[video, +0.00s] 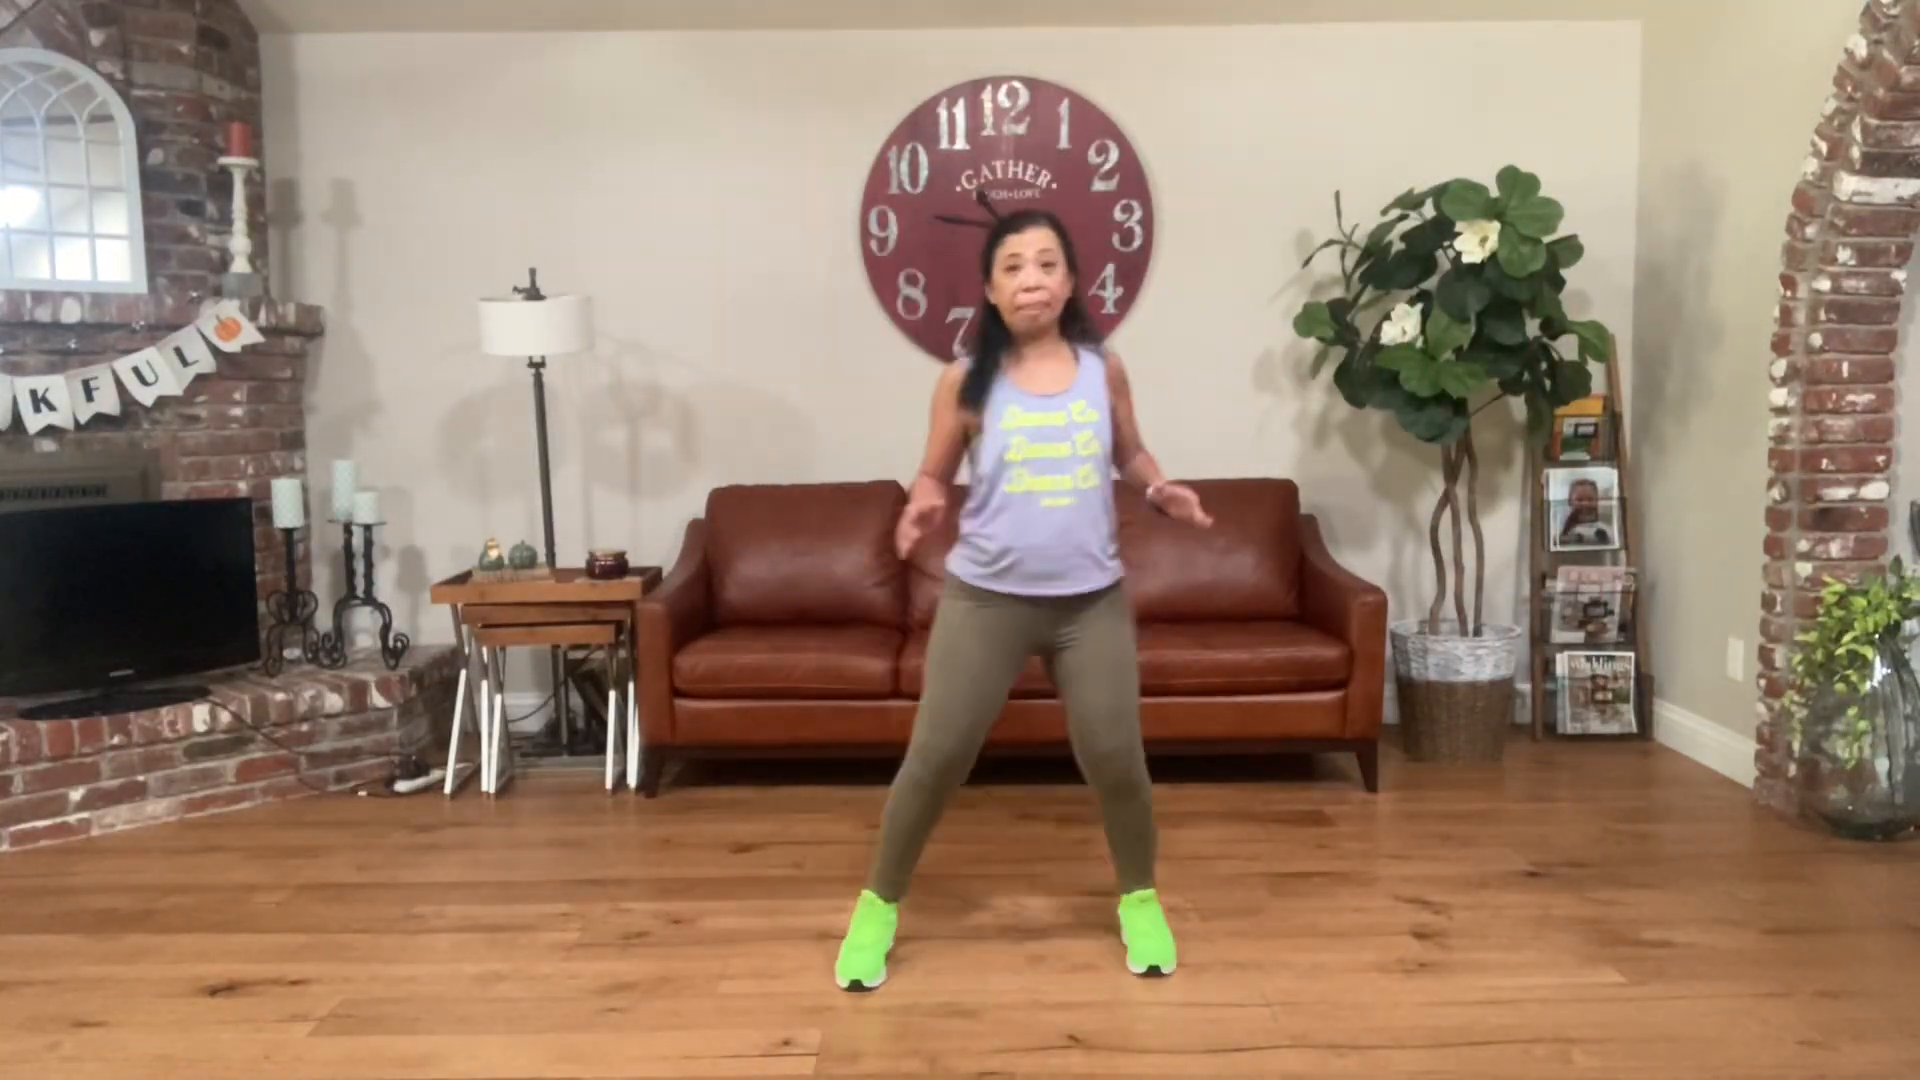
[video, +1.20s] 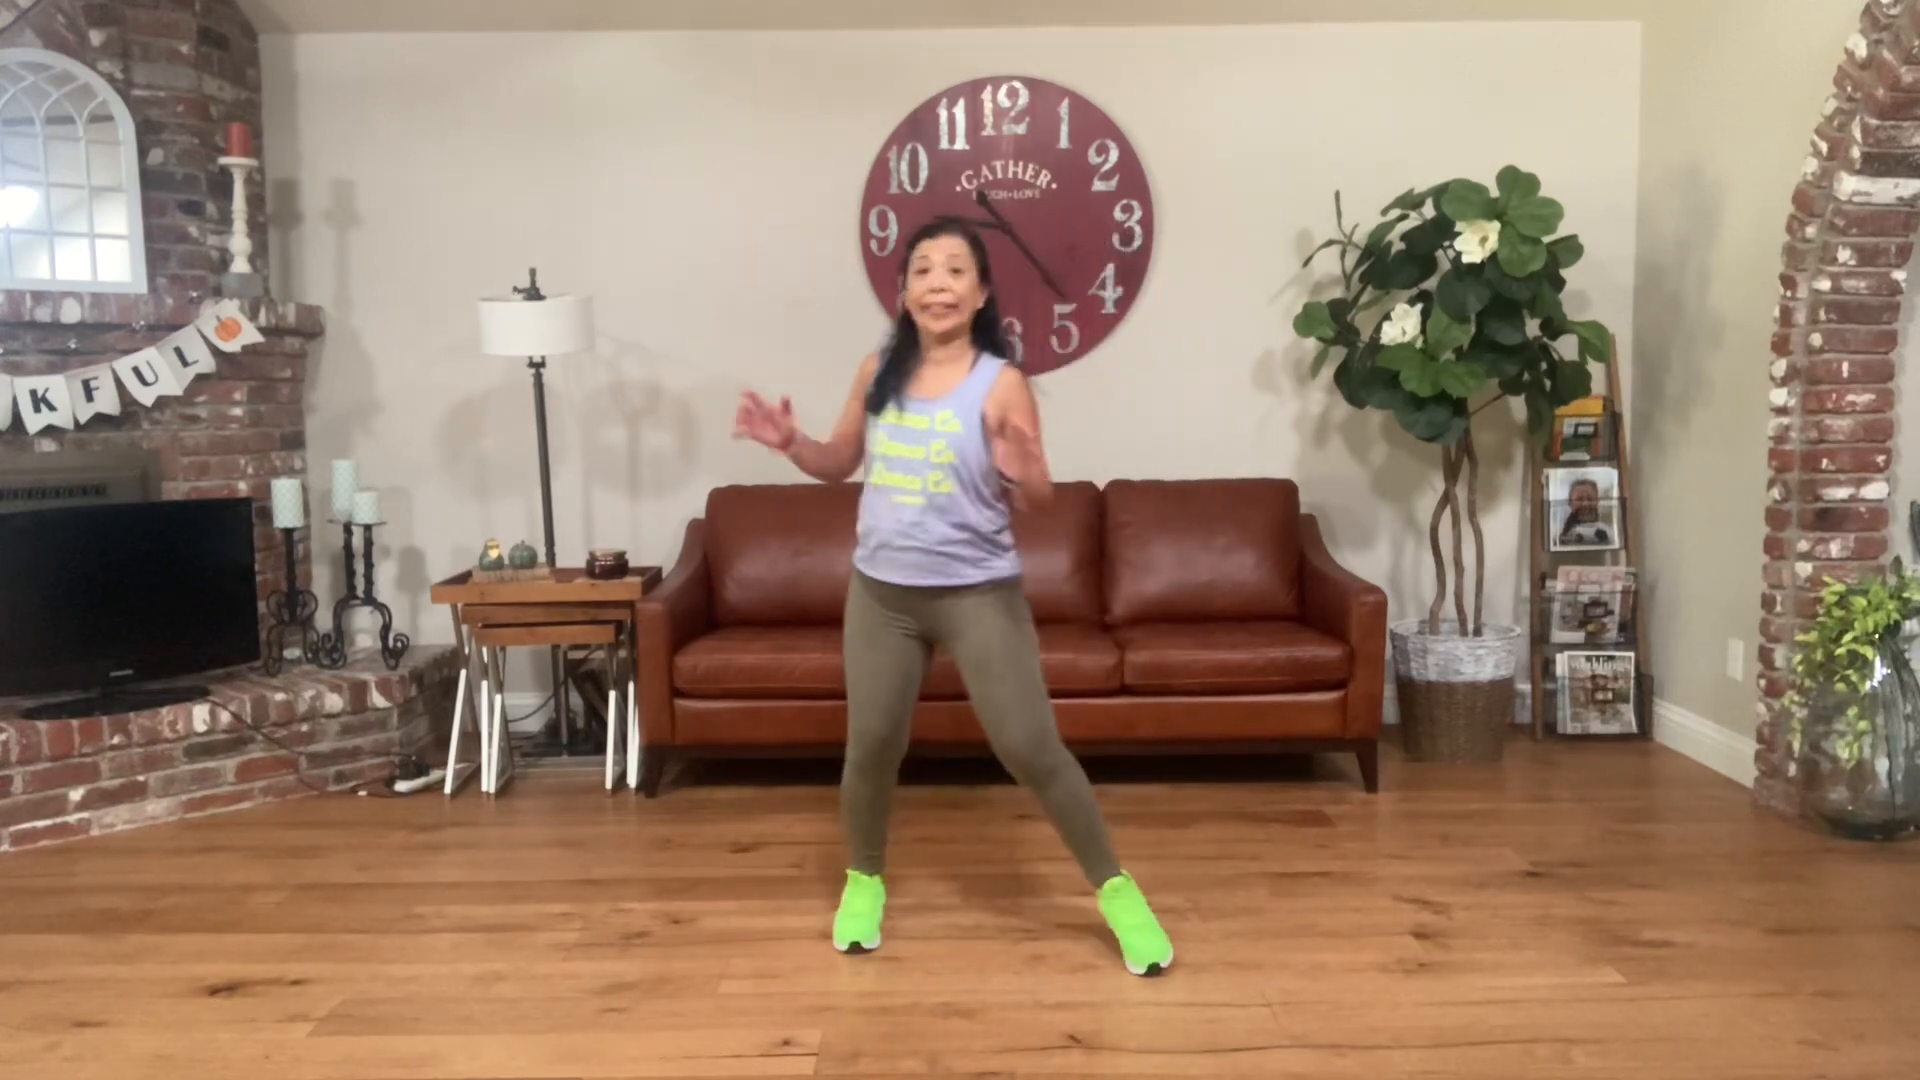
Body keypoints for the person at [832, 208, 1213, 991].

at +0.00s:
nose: (1032, 279)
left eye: (1047, 264)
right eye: (1013, 267)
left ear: (1071, 281)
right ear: (990, 289)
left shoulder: (1103, 370)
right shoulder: (965, 379)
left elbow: (1131, 454)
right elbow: (933, 476)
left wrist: (1157, 486)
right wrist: (924, 509)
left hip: (1092, 599)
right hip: (987, 597)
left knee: (1114, 755)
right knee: (938, 753)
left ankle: (1140, 900)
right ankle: (878, 908)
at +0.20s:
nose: (1073, 288)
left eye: (1089, 272)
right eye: (1055, 276)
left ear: (1116, 289)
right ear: (1037, 299)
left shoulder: (1155, 375)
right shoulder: (1016, 386)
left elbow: (1200, 487)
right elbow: (990, 514)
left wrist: (1195, 452)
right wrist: (1003, 461)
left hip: (1141, 593)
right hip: (1036, 591)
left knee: (1143, 754)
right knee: (989, 740)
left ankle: (1143, 898)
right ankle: (956, 878)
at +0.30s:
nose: (1076, 289)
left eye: (1092, 273)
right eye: (1061, 278)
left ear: (1123, 287)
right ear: (1045, 296)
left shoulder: (1165, 377)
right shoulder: (1023, 381)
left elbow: (1196, 491)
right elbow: (1014, 497)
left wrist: (1175, 431)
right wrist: (1041, 437)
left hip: (1151, 591)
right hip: (1047, 592)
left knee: (1153, 749)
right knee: (1034, 741)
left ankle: (1144, 896)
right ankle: (1028, 867)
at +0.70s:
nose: (1031, 319)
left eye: (1047, 302)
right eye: (1025, 304)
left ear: (1096, 305)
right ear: (1023, 308)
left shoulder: (1156, 389)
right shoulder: (1022, 383)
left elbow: (1207, 486)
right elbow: (985, 477)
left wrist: (1182, 512)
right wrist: (957, 499)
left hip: (1139, 591)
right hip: (1040, 590)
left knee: (1138, 748)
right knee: (992, 722)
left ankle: (1143, 898)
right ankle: (1031, 858)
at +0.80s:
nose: (1013, 303)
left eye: (1029, 286)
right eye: (1007, 288)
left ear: (1078, 293)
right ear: (1005, 296)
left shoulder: (1136, 384)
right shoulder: (1007, 377)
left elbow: (1196, 468)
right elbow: (984, 461)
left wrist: (1185, 509)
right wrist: (934, 495)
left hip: (1121, 586)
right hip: (1021, 583)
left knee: (1124, 745)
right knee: (957, 717)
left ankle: (1141, 896)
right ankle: (958, 851)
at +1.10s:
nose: (962, 282)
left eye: (980, 268)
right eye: (947, 269)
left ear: (1010, 286)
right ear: (930, 287)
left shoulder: (1032, 379)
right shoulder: (921, 372)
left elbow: (1084, 474)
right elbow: (920, 458)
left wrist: (1075, 487)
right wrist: (841, 461)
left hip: (1010, 595)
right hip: (909, 593)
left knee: (1060, 747)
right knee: (889, 744)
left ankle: (1131, 895)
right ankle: (865, 883)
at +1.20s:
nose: (937, 284)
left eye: (955, 271)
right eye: (923, 271)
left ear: (981, 292)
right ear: (903, 290)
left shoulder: (1001, 384)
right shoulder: (879, 371)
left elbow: (1039, 499)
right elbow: (838, 465)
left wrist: (1019, 466)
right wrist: (792, 441)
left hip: (978, 591)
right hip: (880, 589)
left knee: (1029, 746)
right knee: (872, 741)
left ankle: (1114, 889)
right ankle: (863, 884)